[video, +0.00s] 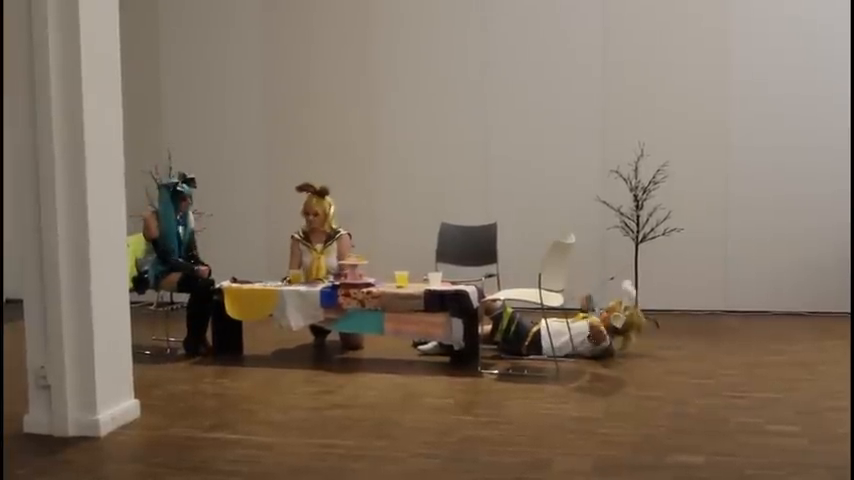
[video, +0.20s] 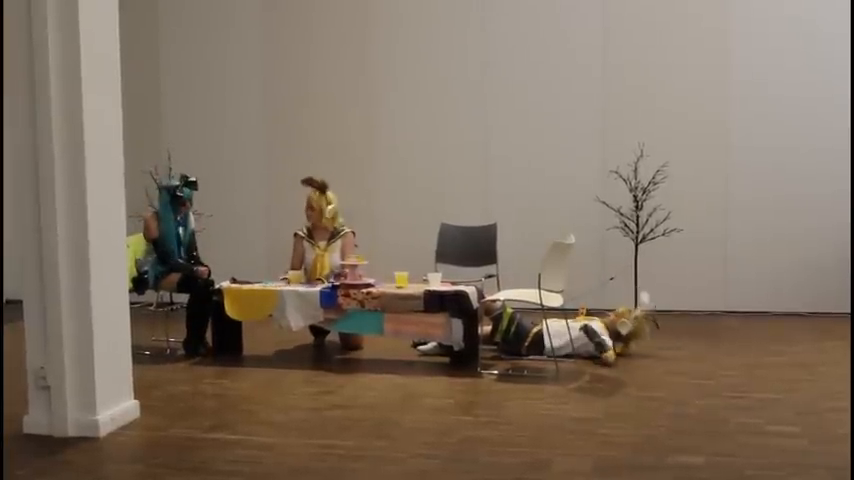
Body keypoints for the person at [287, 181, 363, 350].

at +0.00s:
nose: (310, 219)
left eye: (315, 214)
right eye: (306, 214)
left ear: (327, 214)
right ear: (302, 214)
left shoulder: (340, 237)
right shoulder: (298, 239)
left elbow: (346, 270)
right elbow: (293, 272)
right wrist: (294, 283)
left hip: (337, 292)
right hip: (309, 294)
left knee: (354, 343)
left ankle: (346, 334)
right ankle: (319, 337)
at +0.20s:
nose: (307, 213)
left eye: (312, 209)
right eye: (307, 208)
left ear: (326, 211)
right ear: (306, 209)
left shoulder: (345, 235)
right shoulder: (302, 237)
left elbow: (349, 269)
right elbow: (295, 272)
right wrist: (288, 280)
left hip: (340, 294)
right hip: (311, 296)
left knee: (354, 343)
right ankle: (319, 337)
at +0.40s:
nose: (306, 210)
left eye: (311, 206)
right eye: (307, 205)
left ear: (324, 208)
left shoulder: (345, 234)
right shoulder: (303, 235)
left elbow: (349, 269)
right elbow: (296, 271)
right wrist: (291, 282)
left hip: (340, 291)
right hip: (312, 293)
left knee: (353, 344)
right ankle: (318, 337)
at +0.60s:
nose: (304, 212)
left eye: (308, 208)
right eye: (305, 207)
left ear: (321, 210)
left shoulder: (343, 234)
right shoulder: (302, 236)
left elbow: (347, 267)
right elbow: (295, 269)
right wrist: (290, 282)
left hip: (339, 291)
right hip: (311, 293)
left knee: (353, 344)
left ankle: (346, 334)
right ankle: (317, 338)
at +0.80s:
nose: (307, 211)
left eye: (313, 207)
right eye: (307, 206)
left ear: (327, 210)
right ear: (305, 209)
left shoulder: (340, 230)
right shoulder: (302, 233)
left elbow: (346, 260)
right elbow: (295, 264)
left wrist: (342, 278)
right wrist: (289, 279)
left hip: (337, 289)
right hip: (310, 291)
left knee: (353, 344)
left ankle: (345, 336)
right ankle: (317, 339)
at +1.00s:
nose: (315, 207)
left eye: (321, 204)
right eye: (313, 203)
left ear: (332, 207)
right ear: (311, 205)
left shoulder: (338, 228)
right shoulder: (305, 225)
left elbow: (351, 226)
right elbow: (273, 224)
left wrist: (353, 223)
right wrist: (283, 247)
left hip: (339, 288)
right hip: (310, 288)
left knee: (354, 345)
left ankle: (344, 338)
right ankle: (317, 338)